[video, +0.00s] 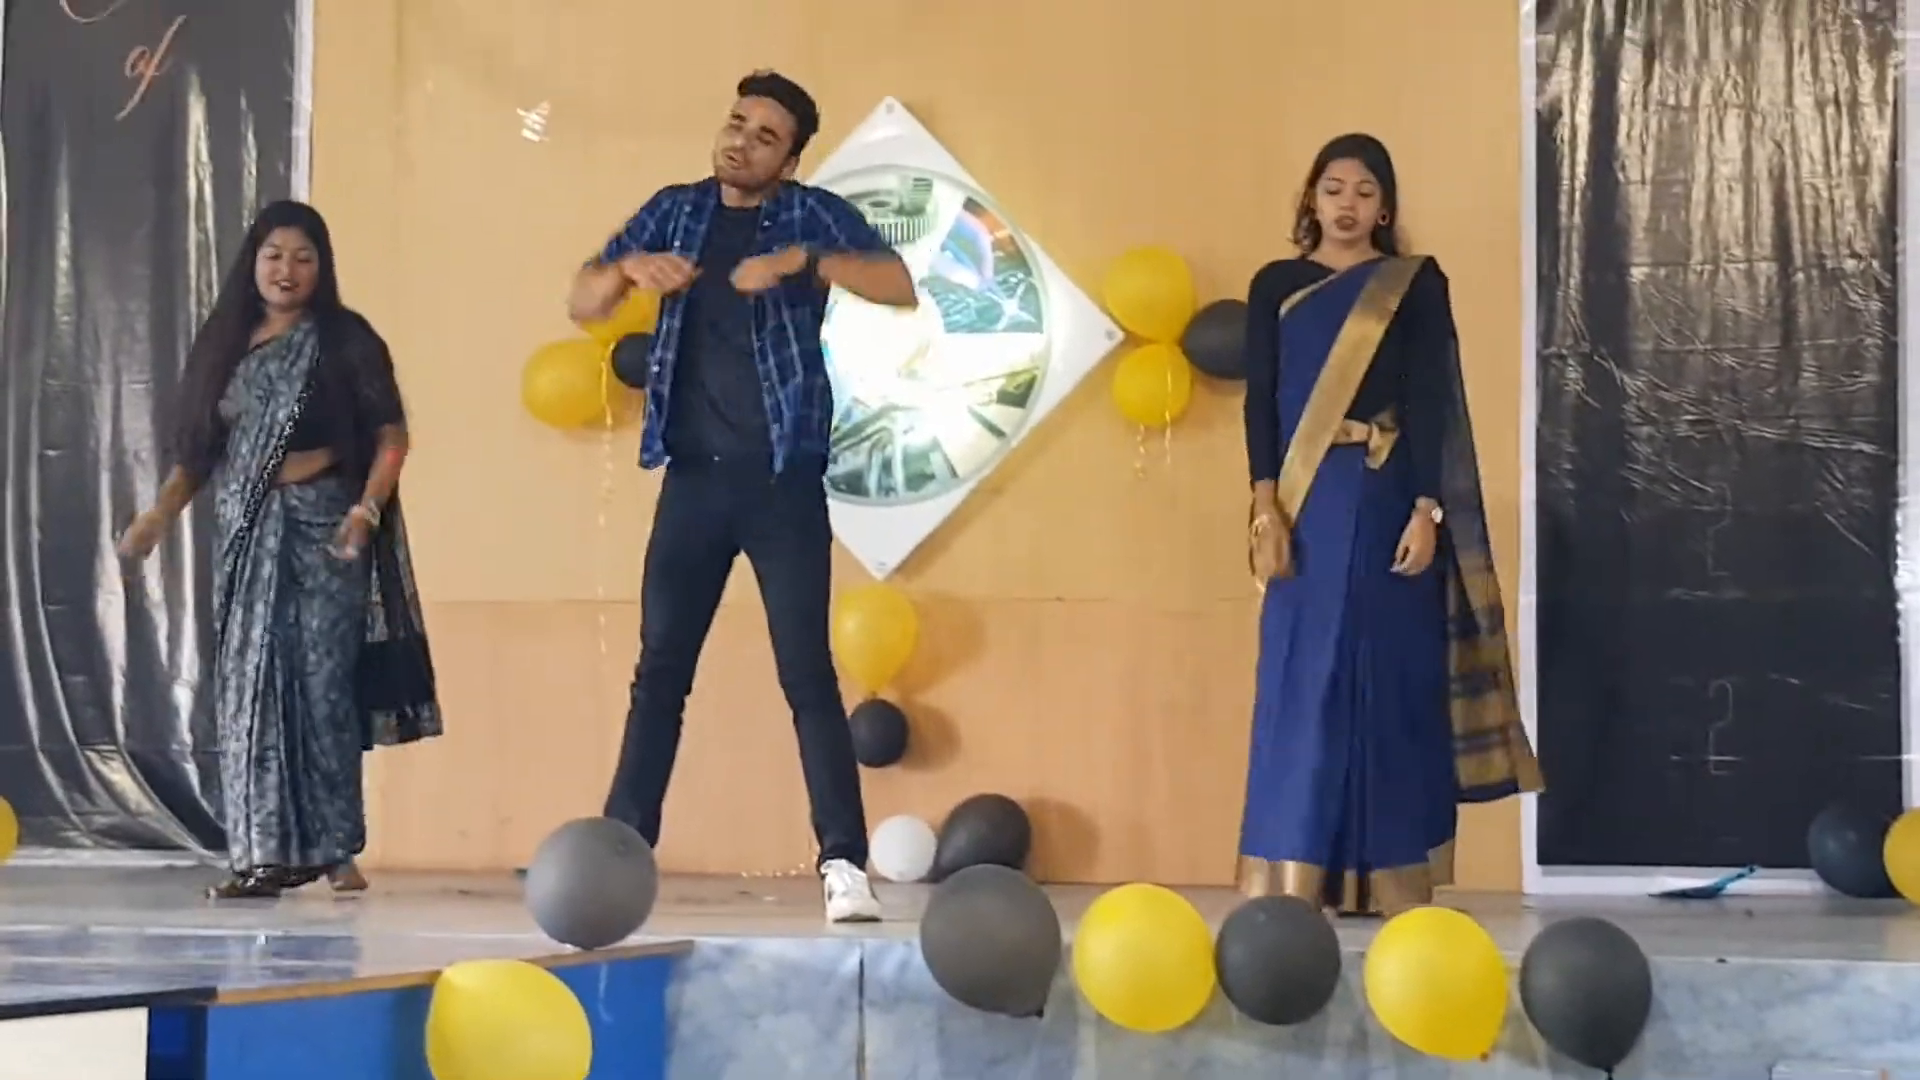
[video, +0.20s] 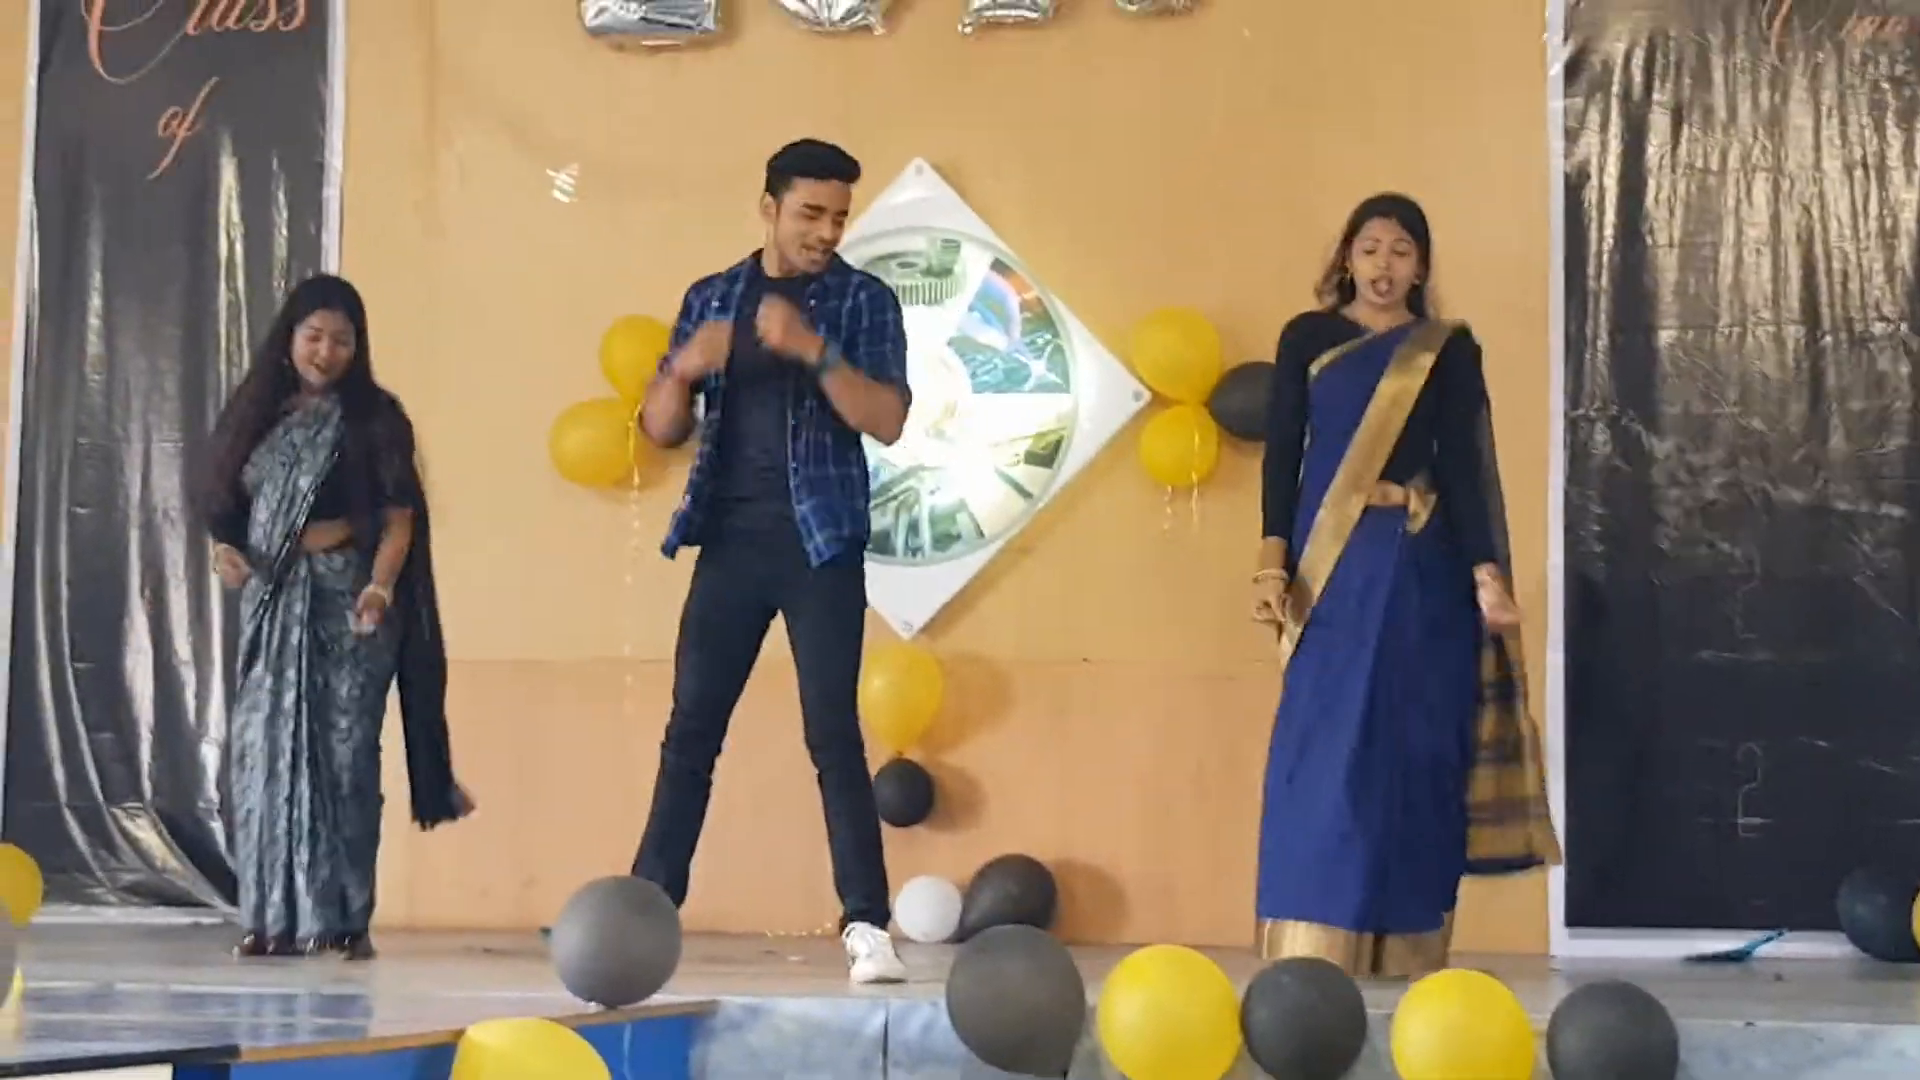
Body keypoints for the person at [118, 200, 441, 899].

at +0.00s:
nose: (287, 269)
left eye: (302, 258)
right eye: (274, 255)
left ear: (322, 268)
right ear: (253, 264)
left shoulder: (349, 339)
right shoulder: (228, 343)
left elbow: (391, 435)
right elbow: (202, 446)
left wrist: (367, 506)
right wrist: (161, 513)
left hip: (327, 529)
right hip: (250, 530)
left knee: (324, 685)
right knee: (253, 682)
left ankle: (334, 849)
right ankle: (266, 854)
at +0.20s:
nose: (326, 350)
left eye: (341, 339)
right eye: (314, 335)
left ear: (356, 346)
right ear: (288, 337)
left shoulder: (376, 415)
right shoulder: (255, 408)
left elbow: (401, 513)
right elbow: (215, 483)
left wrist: (381, 583)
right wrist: (222, 543)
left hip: (351, 605)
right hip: (271, 603)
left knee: (344, 760)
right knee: (265, 757)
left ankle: (346, 920)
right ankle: (267, 918)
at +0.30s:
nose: (374, 377)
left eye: (388, 366)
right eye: (362, 361)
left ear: (405, 373)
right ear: (337, 363)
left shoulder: (420, 442)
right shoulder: (296, 433)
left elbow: (438, 536)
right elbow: (251, 519)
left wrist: (423, 597)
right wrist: (269, 552)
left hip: (390, 629)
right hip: (310, 627)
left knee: (392, 780)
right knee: (308, 780)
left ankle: (398, 941)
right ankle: (309, 942)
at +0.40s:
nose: (425, 395)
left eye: (440, 384)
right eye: (414, 380)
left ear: (457, 393)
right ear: (387, 381)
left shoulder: (470, 464)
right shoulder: (345, 445)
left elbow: (482, 553)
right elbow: (288, 524)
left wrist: (467, 613)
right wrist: (318, 553)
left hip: (429, 646)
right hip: (350, 644)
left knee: (440, 786)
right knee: (351, 793)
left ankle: (458, 941)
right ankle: (353, 958)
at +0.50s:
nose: (467, 414)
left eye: (482, 404)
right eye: (456, 400)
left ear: (502, 415)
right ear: (434, 404)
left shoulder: (515, 493)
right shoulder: (392, 471)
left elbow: (526, 579)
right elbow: (328, 538)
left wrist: (509, 636)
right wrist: (355, 583)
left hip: (470, 672)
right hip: (388, 668)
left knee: (480, 811)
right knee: (385, 809)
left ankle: (506, 969)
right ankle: (378, 963)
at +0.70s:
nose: (527, 413)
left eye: (542, 401)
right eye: (514, 400)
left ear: (564, 412)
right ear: (494, 410)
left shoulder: (585, 496)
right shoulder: (457, 482)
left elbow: (595, 587)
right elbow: (418, 559)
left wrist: (589, 617)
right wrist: (425, 603)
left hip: (537, 685)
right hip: (453, 682)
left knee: (536, 837)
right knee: (446, 832)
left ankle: (545, 1006)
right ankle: (438, 994)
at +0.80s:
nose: (544, 412)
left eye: (558, 399)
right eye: (530, 399)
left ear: (582, 408)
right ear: (510, 408)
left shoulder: (607, 491)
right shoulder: (472, 480)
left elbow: (621, 593)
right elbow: (434, 576)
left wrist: (610, 599)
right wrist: (452, 598)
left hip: (563, 691)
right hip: (476, 688)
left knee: (566, 847)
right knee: (473, 840)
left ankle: (576, 1024)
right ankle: (474, 1008)